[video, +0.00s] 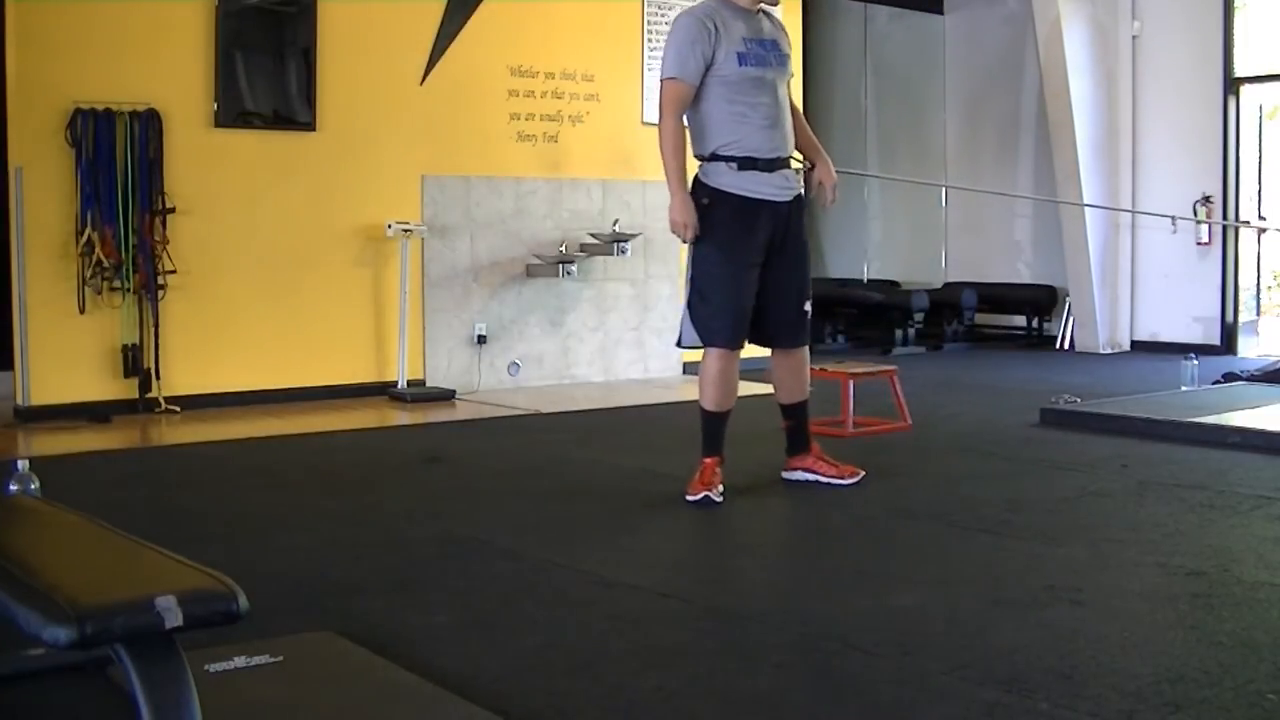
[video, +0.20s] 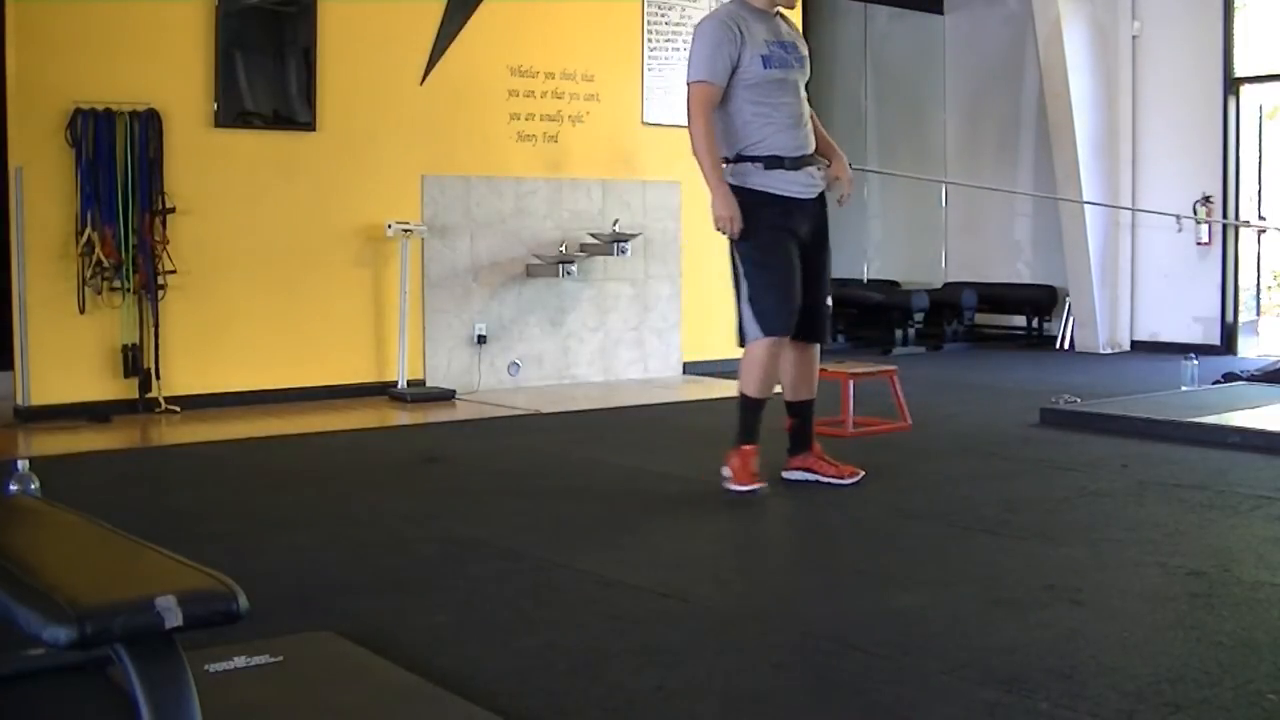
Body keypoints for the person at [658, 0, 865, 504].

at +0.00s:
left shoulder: (776, 27)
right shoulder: (698, 22)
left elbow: (783, 107)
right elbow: (671, 113)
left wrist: (819, 156)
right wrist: (678, 195)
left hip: (784, 198)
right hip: (727, 196)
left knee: (790, 331)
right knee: (723, 337)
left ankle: (800, 454)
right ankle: (711, 464)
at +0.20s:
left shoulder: (791, 31)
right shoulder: (720, 27)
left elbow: (796, 106)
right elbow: (699, 112)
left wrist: (834, 153)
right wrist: (718, 190)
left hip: (808, 197)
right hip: (757, 196)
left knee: (806, 328)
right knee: (772, 323)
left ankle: (802, 454)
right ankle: (745, 452)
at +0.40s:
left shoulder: (810, 25)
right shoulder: (745, 26)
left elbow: (816, 100)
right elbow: (714, 110)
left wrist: (856, 147)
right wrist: (749, 180)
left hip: (826, 192)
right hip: (781, 193)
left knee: (814, 322)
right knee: (830, 314)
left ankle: (800, 452)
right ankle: (853, 451)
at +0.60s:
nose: (852, 0)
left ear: (841, 2)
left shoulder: (841, 30)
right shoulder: (776, 36)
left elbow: (845, 96)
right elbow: (731, 117)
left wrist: (876, 132)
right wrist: (751, 192)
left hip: (854, 197)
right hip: (812, 200)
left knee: (839, 330)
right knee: (873, 318)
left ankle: (805, 451)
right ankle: (909, 448)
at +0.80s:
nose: (897, 7)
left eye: (897, 2)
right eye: (892, 0)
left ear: (871, 3)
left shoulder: (878, 44)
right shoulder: (820, 51)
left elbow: (869, 125)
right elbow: (780, 138)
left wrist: (882, 185)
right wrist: (763, 216)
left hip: (884, 200)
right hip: (845, 203)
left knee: (913, 318)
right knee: (898, 323)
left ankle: (843, 418)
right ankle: (914, 452)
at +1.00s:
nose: (930, 9)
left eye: (931, 3)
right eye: (927, 1)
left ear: (906, 4)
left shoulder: (908, 47)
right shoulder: (848, 46)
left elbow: (891, 121)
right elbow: (814, 124)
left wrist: (921, 164)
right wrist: (840, 197)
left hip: (918, 203)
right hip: (870, 205)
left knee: (953, 311)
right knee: (909, 321)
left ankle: (938, 428)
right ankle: (912, 452)